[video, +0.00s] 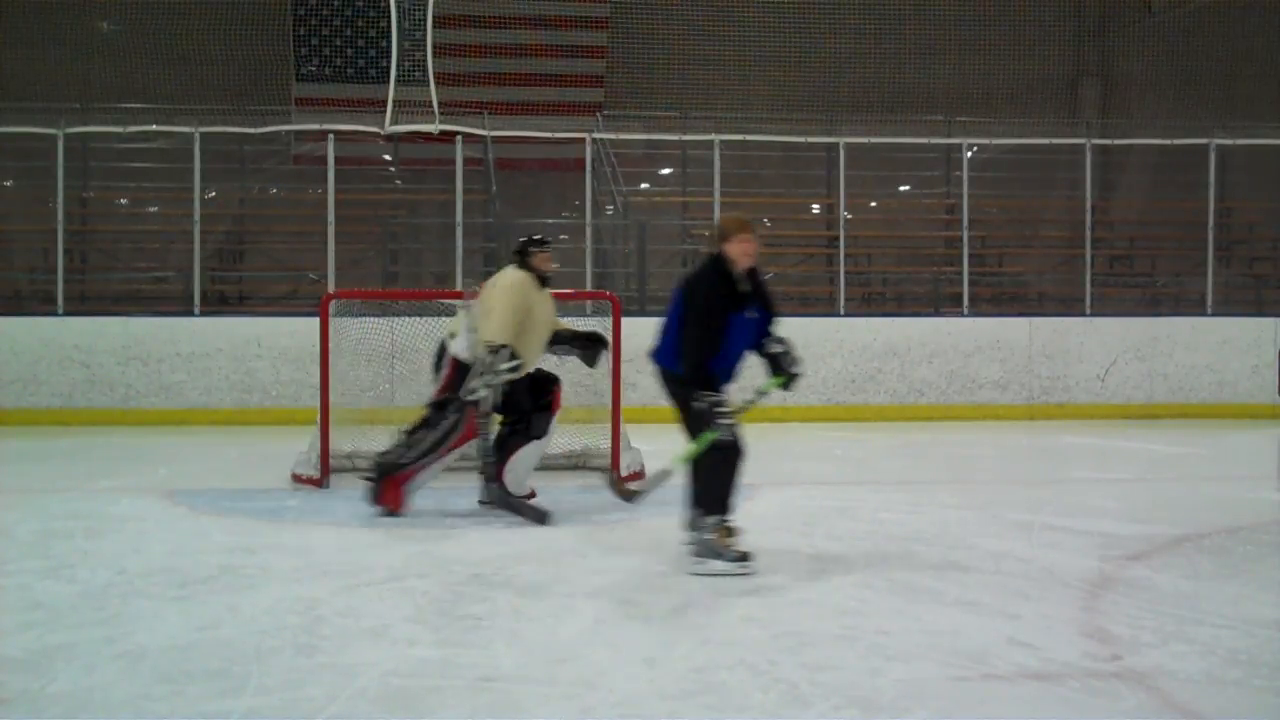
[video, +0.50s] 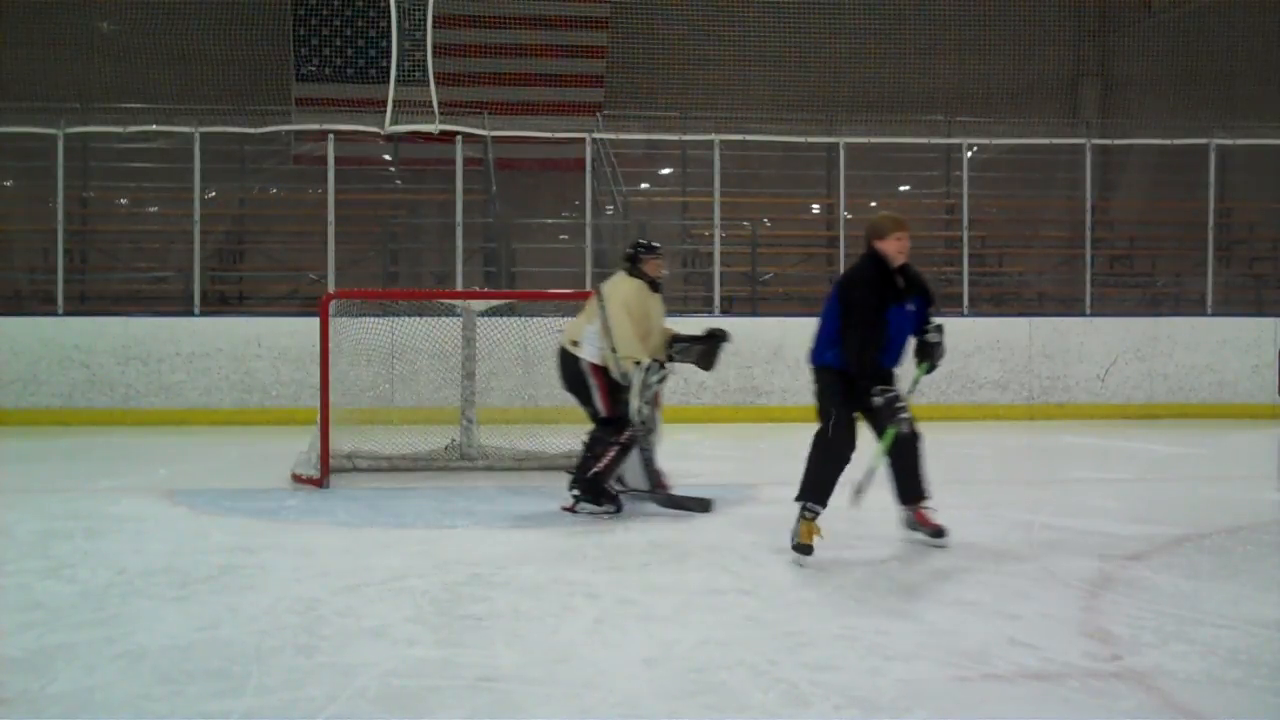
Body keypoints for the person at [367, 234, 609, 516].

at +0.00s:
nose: (549, 260)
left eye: (549, 255)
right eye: (542, 254)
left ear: (545, 260)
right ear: (527, 257)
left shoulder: (537, 290)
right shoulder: (512, 281)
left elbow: (539, 332)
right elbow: (498, 330)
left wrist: (576, 341)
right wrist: (495, 368)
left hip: (498, 367)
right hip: (469, 361)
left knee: (542, 392)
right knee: (455, 424)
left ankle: (505, 484)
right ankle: (393, 478)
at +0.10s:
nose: (572, 256)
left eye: (574, 251)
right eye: (566, 251)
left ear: (573, 255)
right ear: (551, 253)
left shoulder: (566, 289)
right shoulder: (531, 279)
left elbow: (566, 334)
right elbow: (524, 334)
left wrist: (598, 345)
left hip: (524, 357)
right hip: (490, 350)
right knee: (489, 416)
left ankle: (516, 482)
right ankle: (444, 475)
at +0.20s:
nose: (593, 254)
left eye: (594, 249)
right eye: (587, 249)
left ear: (594, 253)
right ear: (570, 252)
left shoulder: (588, 287)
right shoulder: (550, 277)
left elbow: (593, 329)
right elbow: (548, 322)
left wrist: (620, 345)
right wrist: (560, 360)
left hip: (544, 351)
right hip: (509, 346)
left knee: (554, 414)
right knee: (527, 413)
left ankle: (531, 477)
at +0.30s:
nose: (612, 256)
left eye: (613, 251)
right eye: (606, 251)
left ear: (613, 255)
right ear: (590, 254)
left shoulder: (608, 288)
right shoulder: (574, 277)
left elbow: (615, 326)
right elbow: (575, 324)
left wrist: (643, 340)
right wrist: (593, 358)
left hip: (556, 354)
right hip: (532, 349)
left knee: (570, 417)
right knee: (558, 417)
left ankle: (548, 479)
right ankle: (541, 480)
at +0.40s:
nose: (634, 263)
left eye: (636, 257)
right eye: (628, 257)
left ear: (638, 261)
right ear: (612, 258)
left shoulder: (628, 292)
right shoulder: (598, 281)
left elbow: (634, 329)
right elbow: (599, 326)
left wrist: (667, 340)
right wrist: (615, 362)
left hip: (582, 357)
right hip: (558, 353)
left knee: (601, 419)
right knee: (590, 420)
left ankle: (579, 477)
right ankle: (567, 479)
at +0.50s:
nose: (659, 267)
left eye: (660, 261)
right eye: (653, 262)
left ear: (656, 265)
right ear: (637, 263)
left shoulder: (648, 294)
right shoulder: (622, 287)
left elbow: (652, 335)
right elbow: (623, 333)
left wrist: (690, 343)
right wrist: (642, 367)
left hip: (606, 360)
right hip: (582, 357)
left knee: (626, 420)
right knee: (615, 422)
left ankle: (596, 478)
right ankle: (588, 483)